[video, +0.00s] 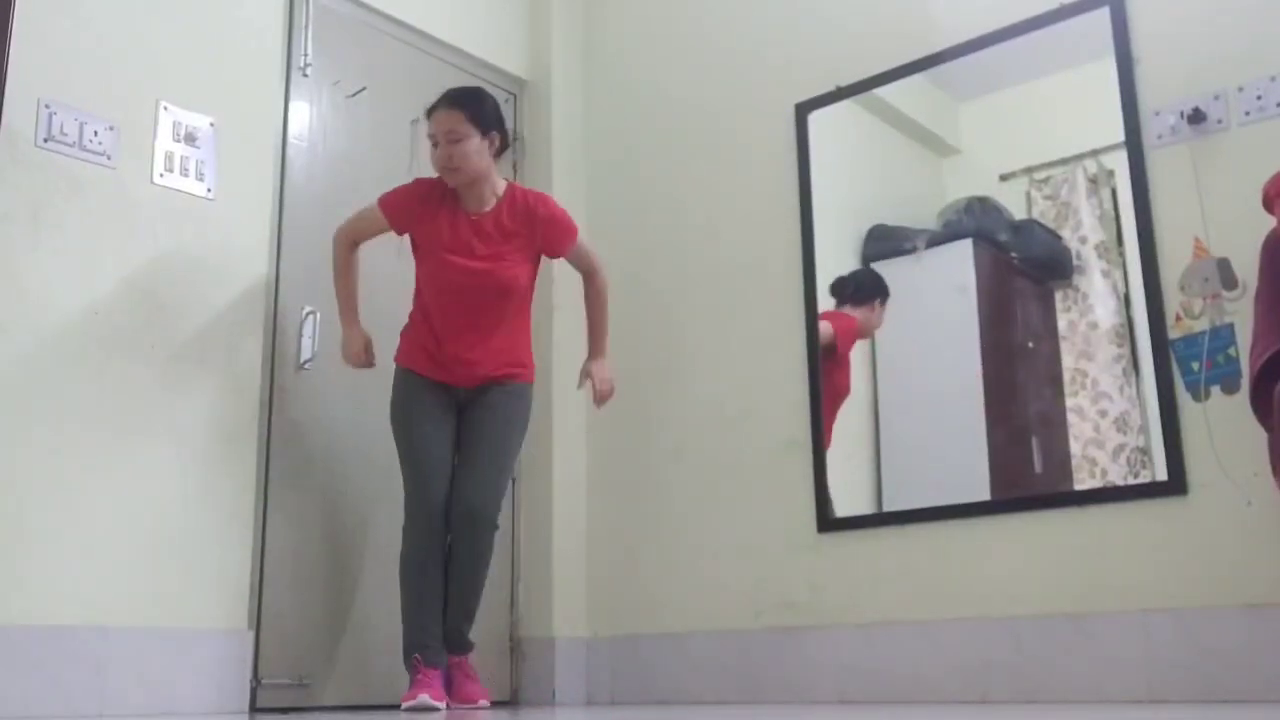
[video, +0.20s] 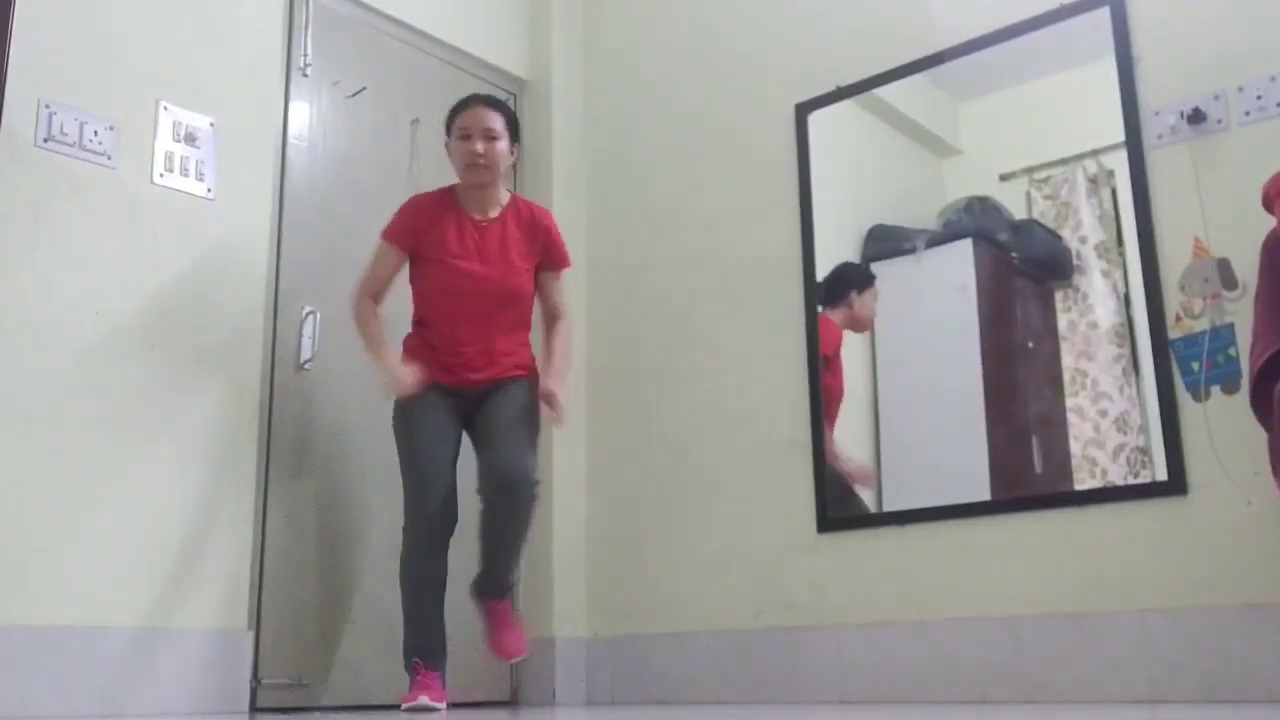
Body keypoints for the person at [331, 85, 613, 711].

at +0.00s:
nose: (443, 155)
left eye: (455, 141)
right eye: (435, 143)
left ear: (493, 142)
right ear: (430, 148)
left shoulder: (536, 213)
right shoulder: (420, 201)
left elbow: (594, 272)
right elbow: (345, 239)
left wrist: (598, 355)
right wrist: (351, 327)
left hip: (502, 380)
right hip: (424, 374)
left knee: (478, 511)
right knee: (427, 511)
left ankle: (457, 654)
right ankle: (425, 669)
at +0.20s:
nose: (477, 148)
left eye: (490, 137)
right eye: (465, 137)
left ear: (513, 150)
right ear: (448, 148)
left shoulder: (536, 225)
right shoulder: (422, 214)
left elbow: (557, 314)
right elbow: (366, 300)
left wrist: (553, 375)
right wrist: (391, 367)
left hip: (508, 382)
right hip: (430, 381)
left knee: (514, 475)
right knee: (430, 513)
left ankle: (495, 593)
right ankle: (425, 670)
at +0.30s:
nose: (491, 141)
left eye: (504, 133)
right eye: (479, 131)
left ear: (521, 149)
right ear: (458, 143)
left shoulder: (539, 219)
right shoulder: (427, 209)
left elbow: (549, 306)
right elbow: (404, 302)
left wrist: (531, 326)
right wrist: (466, 311)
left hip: (516, 380)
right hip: (440, 380)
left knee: (542, 478)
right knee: (435, 514)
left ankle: (530, 601)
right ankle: (426, 673)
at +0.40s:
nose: (508, 129)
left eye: (520, 122)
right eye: (495, 119)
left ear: (534, 140)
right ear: (472, 133)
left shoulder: (551, 206)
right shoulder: (440, 194)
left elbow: (560, 292)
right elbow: (441, 272)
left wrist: (527, 251)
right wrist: (507, 234)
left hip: (531, 374)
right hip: (454, 375)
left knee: (570, 496)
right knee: (444, 510)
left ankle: (587, 637)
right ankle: (426, 671)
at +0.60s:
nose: (555, 128)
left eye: (567, 123)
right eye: (542, 117)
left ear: (579, 143)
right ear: (515, 134)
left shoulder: (597, 200)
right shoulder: (488, 198)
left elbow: (621, 284)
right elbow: (497, 269)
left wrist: (588, 224)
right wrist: (560, 217)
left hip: (584, 381)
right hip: (505, 379)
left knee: (608, 518)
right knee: (476, 515)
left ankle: (650, 667)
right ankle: (431, 670)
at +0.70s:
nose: (590, 133)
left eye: (599, 127)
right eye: (576, 122)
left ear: (608, 147)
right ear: (545, 137)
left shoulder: (626, 207)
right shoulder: (515, 207)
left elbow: (650, 291)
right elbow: (520, 294)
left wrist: (618, 298)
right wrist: (579, 294)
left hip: (614, 385)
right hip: (535, 382)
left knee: (631, 520)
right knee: (501, 511)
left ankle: (652, 667)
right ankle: (441, 661)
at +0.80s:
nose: (618, 144)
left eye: (625, 136)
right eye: (604, 131)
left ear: (630, 152)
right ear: (569, 141)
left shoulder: (644, 212)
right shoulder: (534, 212)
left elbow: (672, 297)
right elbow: (533, 301)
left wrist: (667, 375)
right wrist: (550, 377)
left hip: (631, 384)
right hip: (559, 381)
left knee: (639, 517)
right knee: (545, 499)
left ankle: (653, 667)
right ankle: (490, 638)